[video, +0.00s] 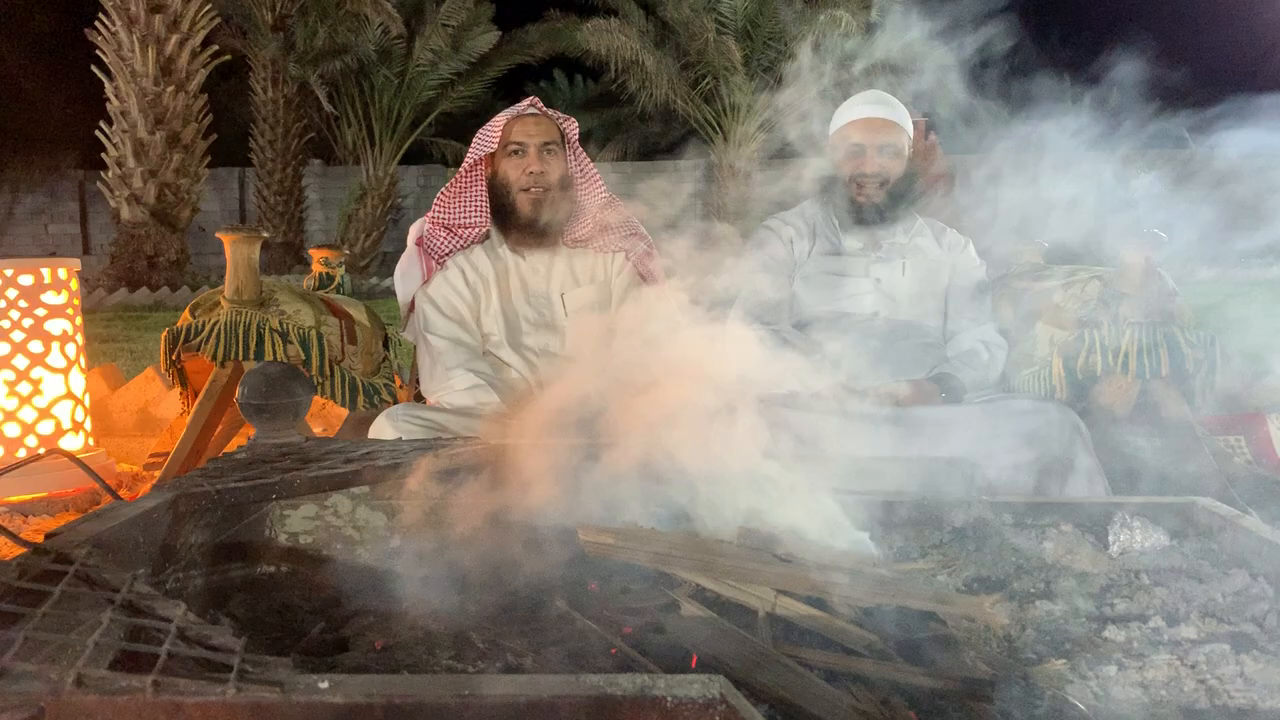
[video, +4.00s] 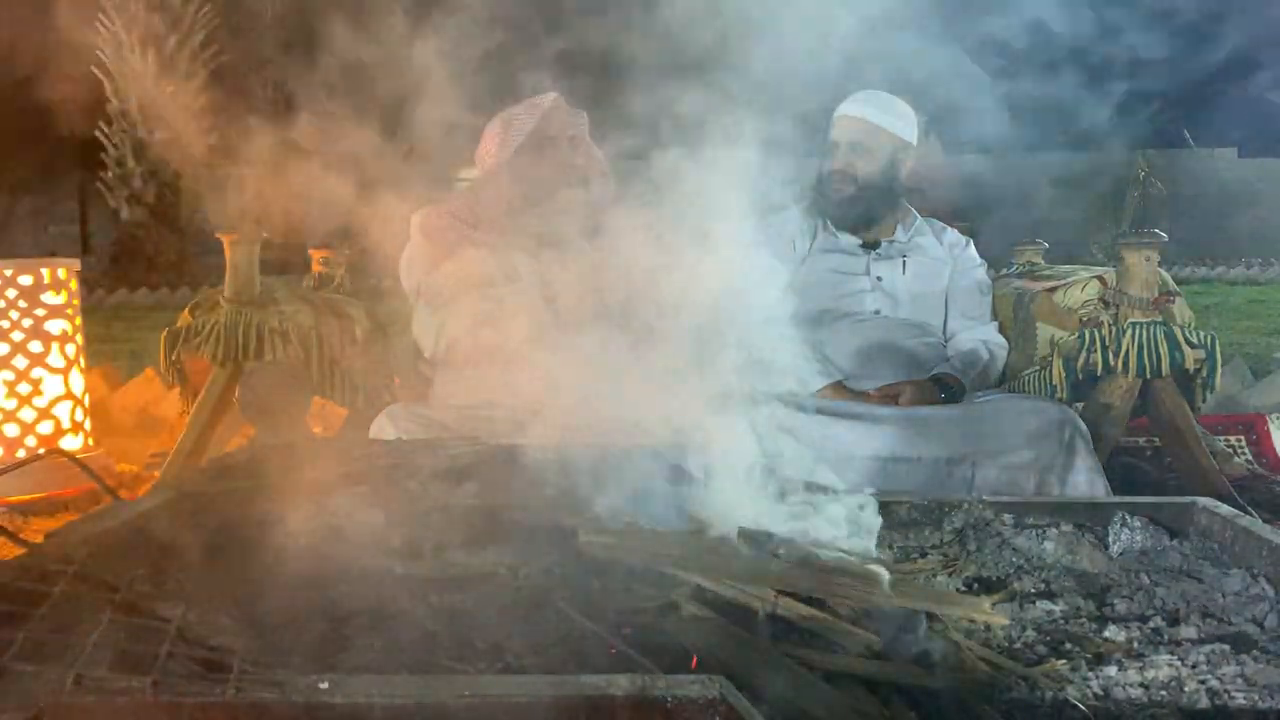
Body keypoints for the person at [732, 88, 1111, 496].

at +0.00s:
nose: (869, 167)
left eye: (886, 153)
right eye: (855, 152)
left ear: (909, 162)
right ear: (833, 155)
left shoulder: (951, 249)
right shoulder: (788, 235)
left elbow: (983, 350)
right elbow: (748, 339)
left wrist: (931, 390)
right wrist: (817, 388)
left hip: (930, 421)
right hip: (822, 417)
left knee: (1053, 426)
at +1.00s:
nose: (872, 165)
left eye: (889, 150)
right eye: (856, 150)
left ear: (911, 160)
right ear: (833, 158)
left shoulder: (951, 248)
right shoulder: (786, 234)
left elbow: (980, 343)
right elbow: (754, 330)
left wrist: (936, 388)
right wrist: (832, 395)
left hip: (937, 417)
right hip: (825, 416)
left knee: (1057, 429)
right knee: (742, 425)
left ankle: (1085, 565)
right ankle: (829, 550)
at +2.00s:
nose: (871, 168)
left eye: (889, 152)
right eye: (856, 151)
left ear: (911, 162)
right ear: (832, 155)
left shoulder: (952, 249)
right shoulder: (784, 236)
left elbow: (980, 344)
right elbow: (755, 335)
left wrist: (937, 389)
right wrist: (837, 398)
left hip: (934, 419)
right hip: (817, 415)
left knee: (1055, 426)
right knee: (736, 428)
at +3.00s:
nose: (871, 167)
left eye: (888, 152)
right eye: (857, 151)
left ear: (912, 162)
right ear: (834, 158)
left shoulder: (951, 249)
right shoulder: (785, 237)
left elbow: (980, 343)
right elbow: (758, 335)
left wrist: (938, 390)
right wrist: (835, 396)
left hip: (934, 420)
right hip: (823, 417)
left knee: (1053, 425)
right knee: (741, 428)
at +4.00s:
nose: (838, 166)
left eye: (859, 151)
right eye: (832, 149)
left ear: (903, 164)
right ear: (823, 152)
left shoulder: (953, 250)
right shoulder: (783, 237)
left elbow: (981, 343)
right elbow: (762, 331)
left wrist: (938, 387)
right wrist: (833, 395)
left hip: (940, 418)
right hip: (828, 418)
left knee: (1054, 426)